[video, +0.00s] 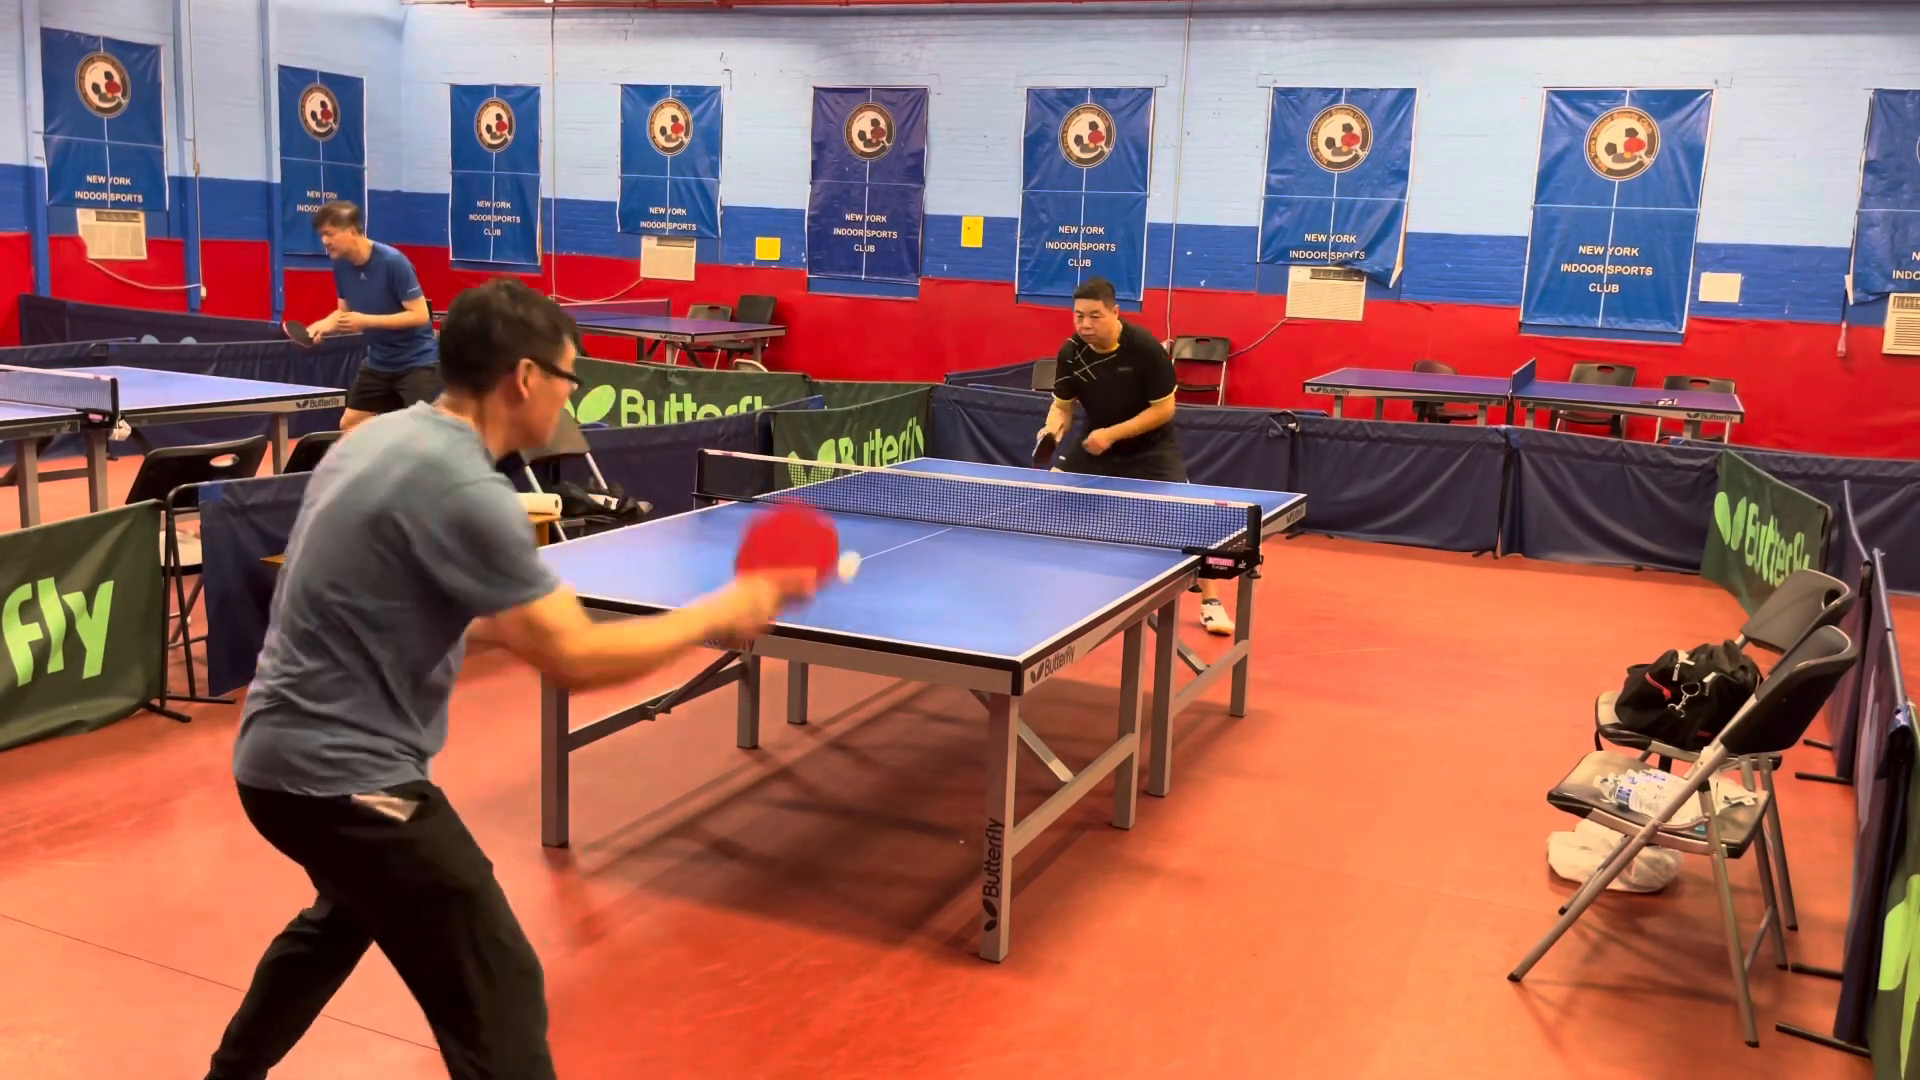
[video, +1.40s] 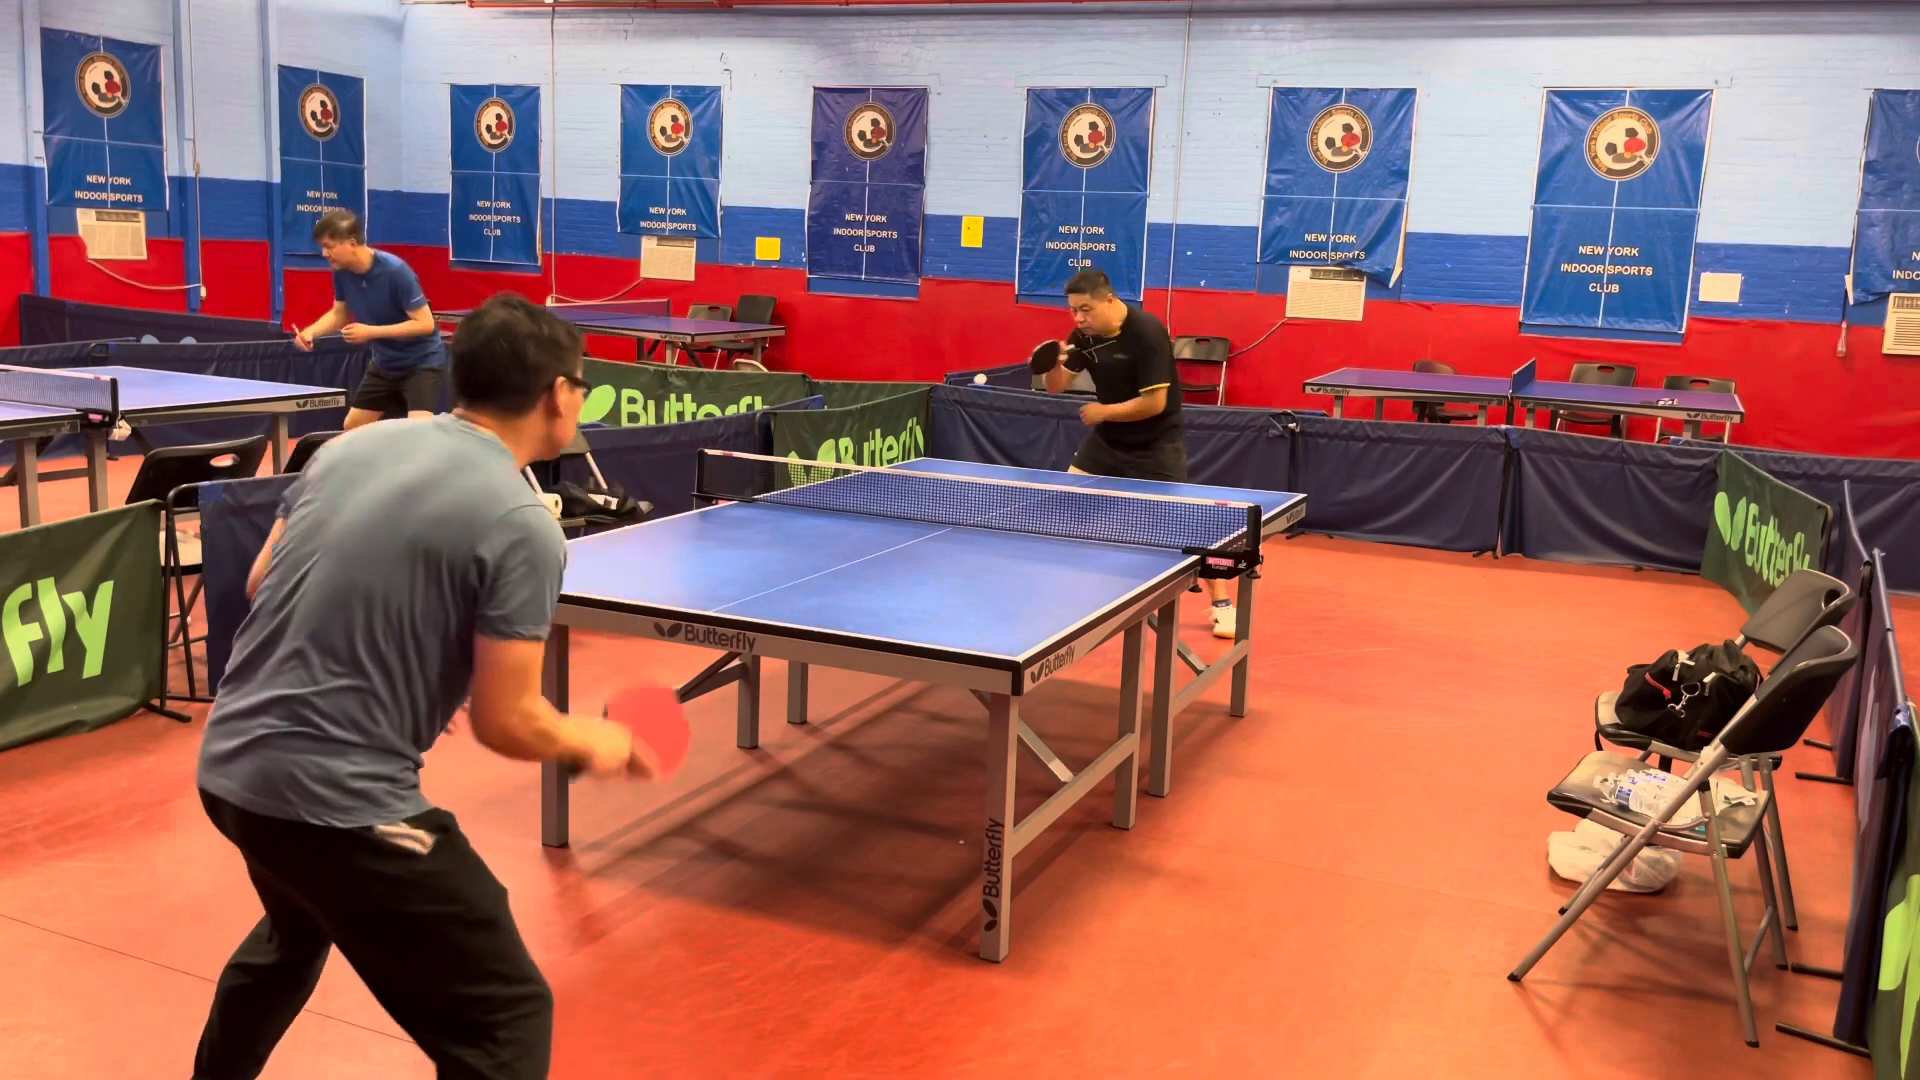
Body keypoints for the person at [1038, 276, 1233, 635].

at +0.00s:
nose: (1084, 325)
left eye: (1094, 316)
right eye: (1079, 316)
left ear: (1115, 313)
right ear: (1073, 315)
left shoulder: (1146, 350)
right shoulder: (1071, 353)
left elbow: (1165, 409)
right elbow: (1062, 405)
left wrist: (1112, 433)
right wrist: (1054, 427)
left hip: (1151, 447)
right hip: (1095, 445)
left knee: (1182, 512)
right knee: (1045, 497)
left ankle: (1210, 599)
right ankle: (1035, 585)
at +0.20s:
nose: (1058, 319)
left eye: (1066, 310)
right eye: (1053, 310)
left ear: (1090, 304)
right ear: (1049, 309)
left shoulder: (1110, 340)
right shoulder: (1081, 334)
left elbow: (1113, 413)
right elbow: (1087, 381)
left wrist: (1070, 419)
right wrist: (1053, 407)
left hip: (1141, 445)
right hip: (1101, 439)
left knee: (1166, 520)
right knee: (1056, 502)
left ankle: (1217, 598)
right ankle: (1043, 586)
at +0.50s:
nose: (1081, 321)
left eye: (1088, 312)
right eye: (1077, 312)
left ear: (1112, 304)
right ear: (1077, 309)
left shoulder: (1151, 334)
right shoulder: (1084, 339)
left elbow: (1166, 402)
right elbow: (1058, 396)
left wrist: (1113, 420)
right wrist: (1059, 370)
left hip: (1160, 445)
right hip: (1110, 444)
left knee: (1185, 519)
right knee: (1063, 498)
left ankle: (1218, 602)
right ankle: (1047, 587)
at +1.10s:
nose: (1063, 322)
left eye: (1071, 313)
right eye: (1058, 314)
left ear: (1095, 306)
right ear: (1055, 311)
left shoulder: (1117, 342)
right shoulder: (1091, 336)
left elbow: (1119, 414)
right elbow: (1096, 381)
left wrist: (1075, 420)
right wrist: (1060, 405)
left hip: (1147, 447)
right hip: (1110, 442)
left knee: (1173, 523)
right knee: (1062, 501)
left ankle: (1226, 599)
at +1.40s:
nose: (1078, 320)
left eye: (1084, 311)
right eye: (1074, 312)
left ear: (1109, 300)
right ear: (1075, 308)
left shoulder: (1147, 330)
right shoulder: (1086, 335)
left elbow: (1156, 402)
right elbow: (1056, 386)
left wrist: (1106, 411)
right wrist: (1052, 363)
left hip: (1156, 443)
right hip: (1107, 440)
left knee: (1184, 520)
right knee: (1061, 502)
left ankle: (1220, 601)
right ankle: (1046, 590)